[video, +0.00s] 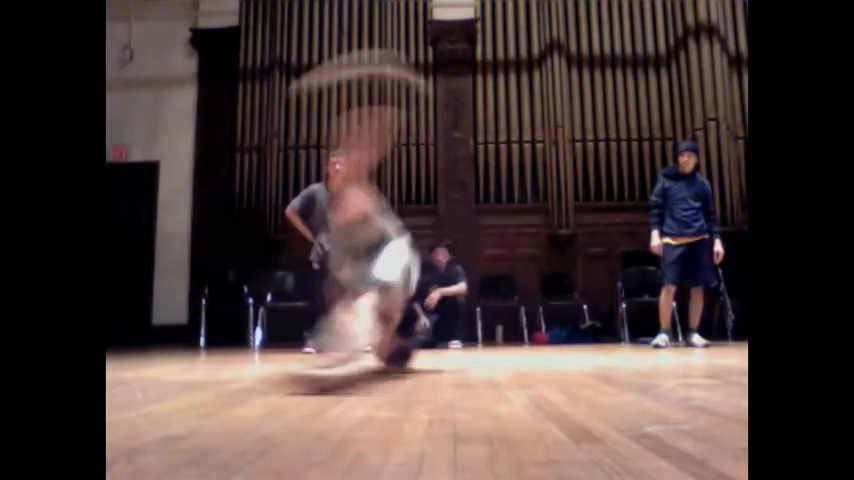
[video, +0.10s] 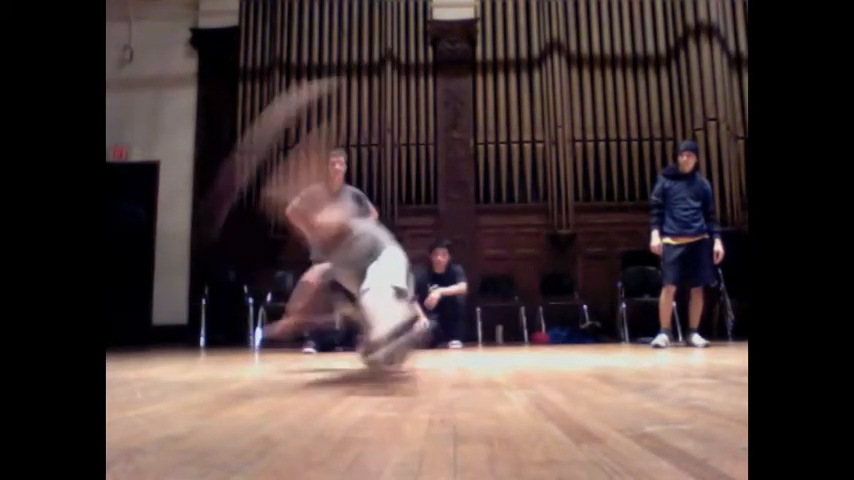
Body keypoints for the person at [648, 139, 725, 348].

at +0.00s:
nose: (686, 160)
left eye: (690, 156)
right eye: (683, 156)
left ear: (697, 159)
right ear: (677, 158)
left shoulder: (702, 184)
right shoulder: (665, 181)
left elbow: (711, 215)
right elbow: (656, 208)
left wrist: (716, 239)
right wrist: (655, 233)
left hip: (699, 240)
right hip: (673, 240)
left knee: (697, 288)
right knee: (669, 286)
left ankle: (693, 332)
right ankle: (664, 332)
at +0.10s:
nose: (685, 160)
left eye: (689, 156)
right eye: (682, 156)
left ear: (696, 159)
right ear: (677, 158)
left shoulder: (702, 184)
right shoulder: (665, 181)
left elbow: (711, 215)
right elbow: (656, 209)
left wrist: (716, 239)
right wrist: (655, 233)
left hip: (699, 240)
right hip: (673, 241)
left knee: (697, 288)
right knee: (669, 287)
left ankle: (693, 332)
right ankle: (664, 332)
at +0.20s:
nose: (685, 160)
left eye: (690, 156)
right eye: (682, 156)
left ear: (696, 159)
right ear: (677, 158)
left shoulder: (702, 184)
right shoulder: (665, 181)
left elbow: (711, 215)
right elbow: (656, 209)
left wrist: (716, 239)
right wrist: (655, 233)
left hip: (699, 240)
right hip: (673, 241)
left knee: (697, 288)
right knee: (669, 287)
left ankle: (693, 332)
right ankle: (664, 332)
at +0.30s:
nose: (685, 160)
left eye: (689, 156)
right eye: (681, 156)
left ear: (696, 159)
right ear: (677, 158)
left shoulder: (702, 184)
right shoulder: (665, 181)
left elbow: (711, 215)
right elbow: (656, 209)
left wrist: (716, 239)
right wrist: (655, 233)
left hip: (699, 240)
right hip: (673, 240)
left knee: (697, 288)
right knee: (669, 287)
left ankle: (693, 332)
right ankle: (664, 332)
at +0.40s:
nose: (685, 160)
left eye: (689, 156)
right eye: (681, 156)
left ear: (696, 159)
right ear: (677, 158)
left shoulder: (702, 184)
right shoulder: (665, 181)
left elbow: (710, 215)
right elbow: (656, 209)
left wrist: (716, 239)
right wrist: (655, 233)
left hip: (699, 240)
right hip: (673, 241)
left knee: (697, 288)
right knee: (669, 287)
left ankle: (693, 332)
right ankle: (664, 332)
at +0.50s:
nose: (684, 160)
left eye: (688, 156)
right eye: (681, 155)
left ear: (695, 159)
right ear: (676, 158)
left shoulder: (702, 184)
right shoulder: (664, 181)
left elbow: (710, 215)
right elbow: (655, 209)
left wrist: (716, 239)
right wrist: (655, 234)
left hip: (699, 240)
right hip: (672, 241)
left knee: (697, 288)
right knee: (669, 287)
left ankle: (693, 332)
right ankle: (664, 332)